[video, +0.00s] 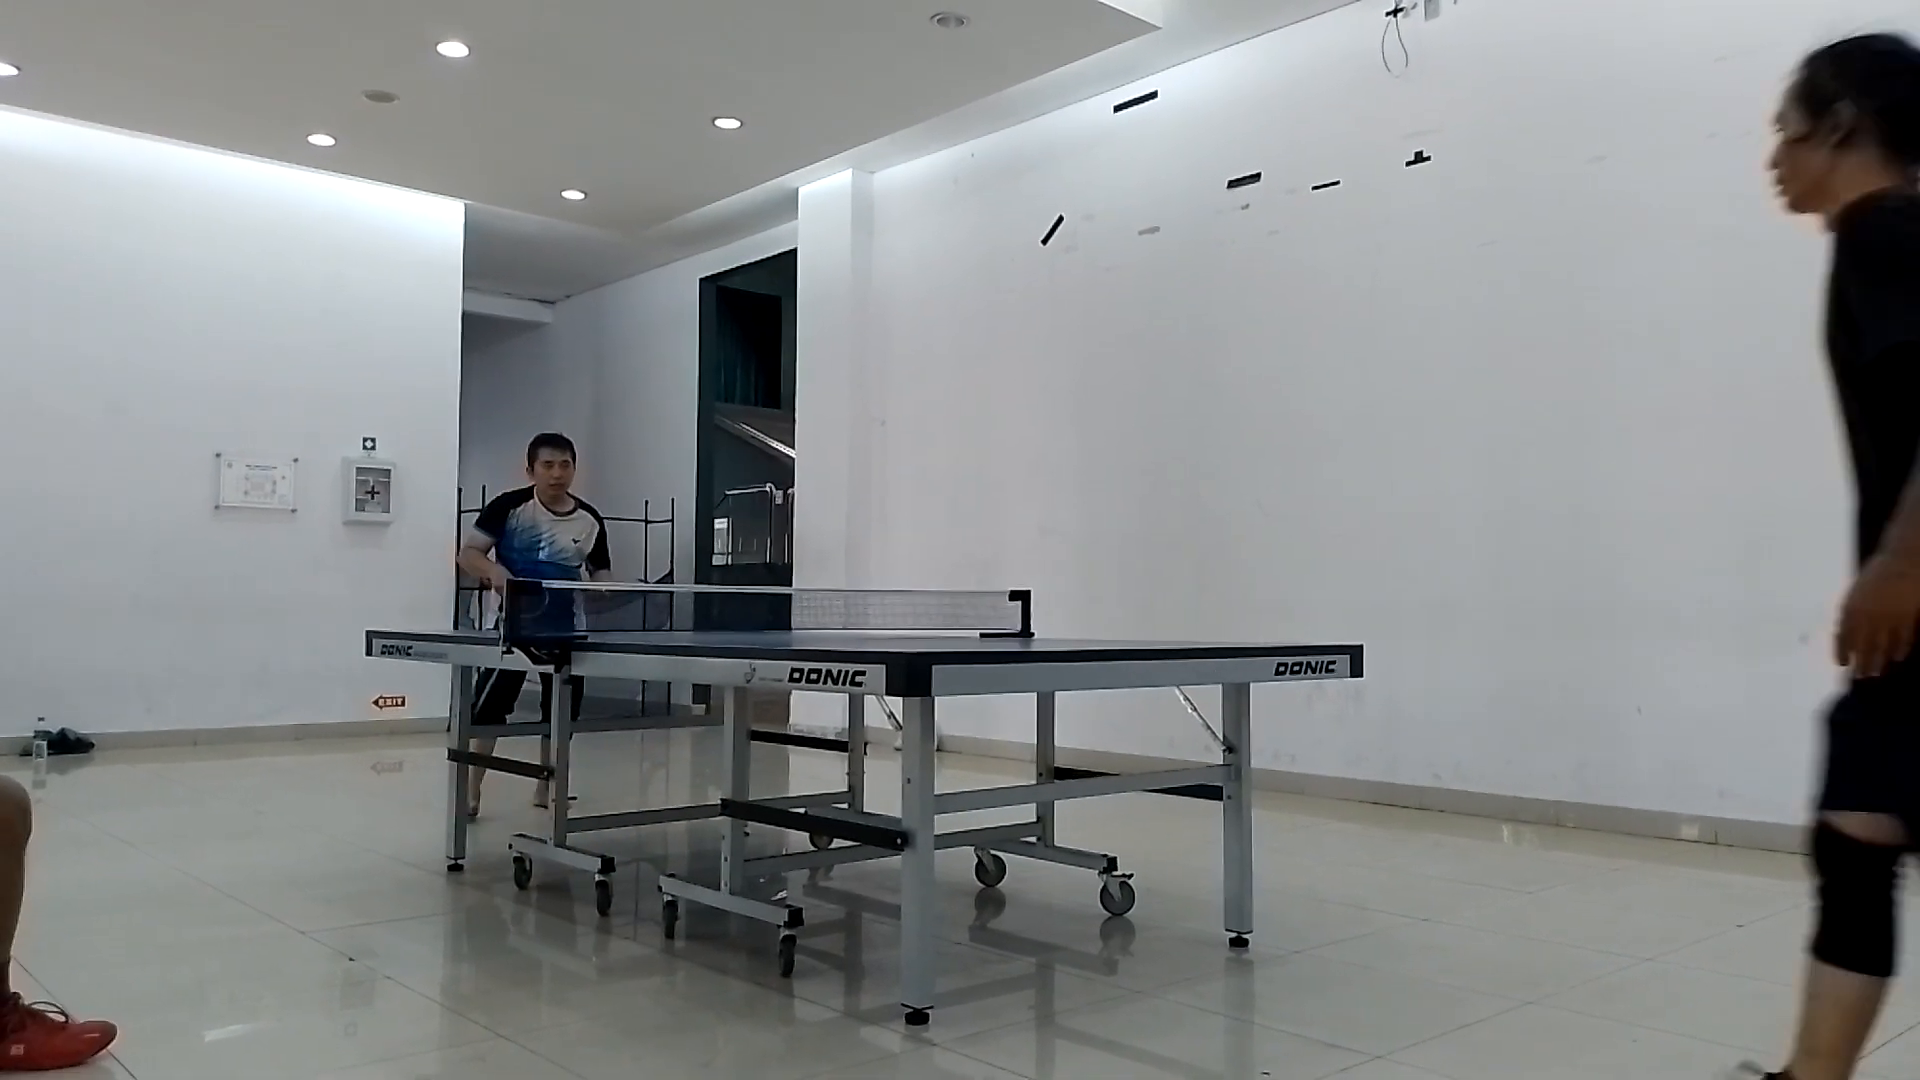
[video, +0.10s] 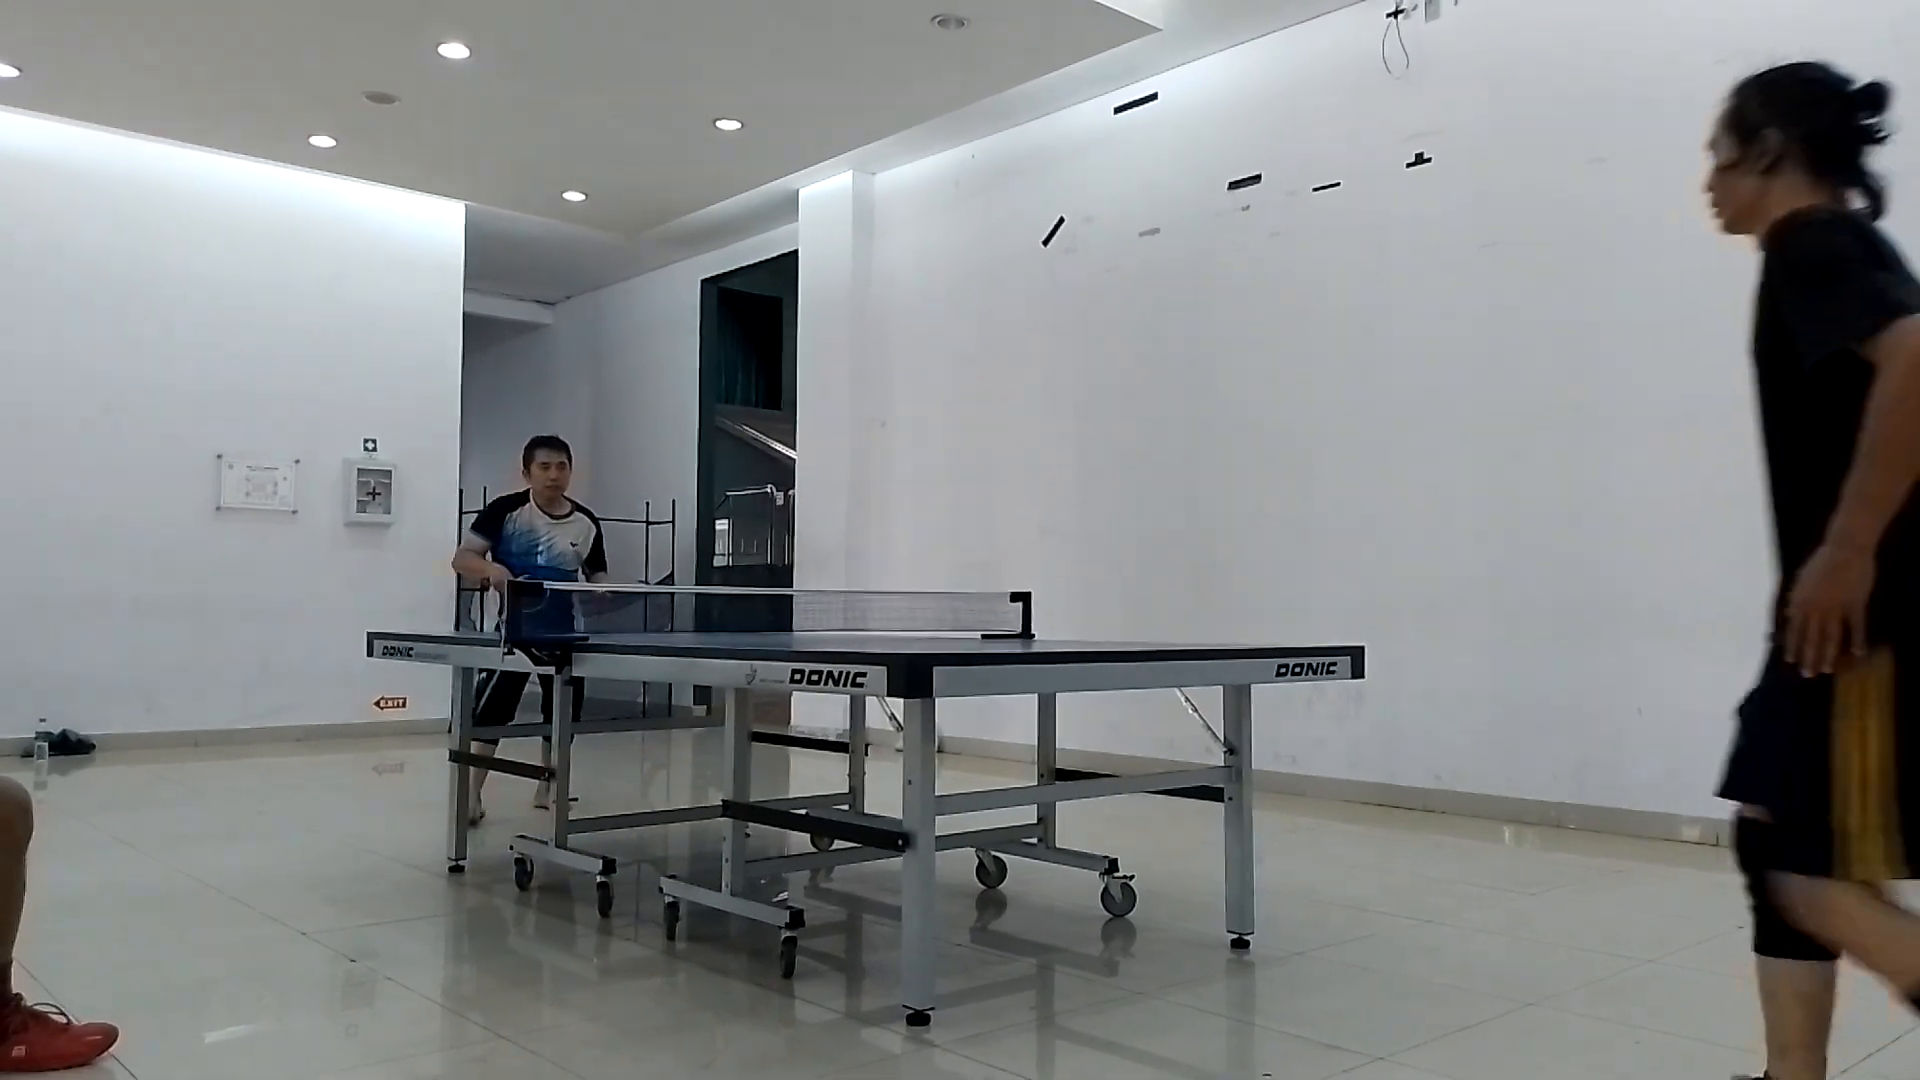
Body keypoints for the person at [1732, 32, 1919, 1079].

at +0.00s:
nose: (1772, 161)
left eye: (1787, 134)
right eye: (1776, 135)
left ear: (1846, 127)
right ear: (1858, 131)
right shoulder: (1892, 239)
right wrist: (1890, 576)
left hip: (1913, 611)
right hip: (1915, 608)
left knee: (1855, 841)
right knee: (1863, 841)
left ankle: (1814, 1070)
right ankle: (1814, 1066)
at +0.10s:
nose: (1708, 178)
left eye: (1721, 156)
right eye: (1711, 156)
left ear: (1777, 155)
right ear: (1790, 157)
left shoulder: (1823, 248)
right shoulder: (1821, 253)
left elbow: (1905, 360)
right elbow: (1882, 399)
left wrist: (1847, 548)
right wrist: (1828, 565)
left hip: (1855, 609)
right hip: (1833, 606)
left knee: (1783, 854)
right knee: (1787, 858)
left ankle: (1916, 975)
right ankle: (1794, 1070)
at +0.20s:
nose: (1646, 187)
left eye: (1659, 167)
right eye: (1650, 166)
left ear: (1706, 165)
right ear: (1725, 169)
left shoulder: (1758, 253)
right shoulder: (1745, 261)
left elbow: (1861, 352)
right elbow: (1826, 399)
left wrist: (1792, 539)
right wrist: (1773, 562)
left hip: (1803, 606)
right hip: (1787, 604)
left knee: (1684, 846)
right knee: (1740, 854)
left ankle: (1895, 1051)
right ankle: (1783, 1069)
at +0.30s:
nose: (1586, 188)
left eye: (1597, 168)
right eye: (1589, 169)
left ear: (1641, 165)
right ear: (1666, 168)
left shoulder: (1695, 254)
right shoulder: (1706, 260)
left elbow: (1812, 346)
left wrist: (1733, 530)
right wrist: (1726, 554)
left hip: (1732, 609)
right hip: (1766, 609)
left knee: (1591, 819)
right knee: (1726, 837)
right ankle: (1788, 1071)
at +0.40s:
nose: (1526, 198)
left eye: (1537, 178)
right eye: (1529, 179)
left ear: (1580, 176)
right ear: (1605, 181)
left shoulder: (1632, 262)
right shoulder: (1631, 274)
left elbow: (1745, 355)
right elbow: (1667, 460)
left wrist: (1670, 534)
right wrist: (1611, 606)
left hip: (1673, 608)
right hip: (1707, 611)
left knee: (1556, 828)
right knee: (1702, 839)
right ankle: (1782, 1070)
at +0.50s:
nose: (1468, 215)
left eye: (1478, 196)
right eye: (1471, 196)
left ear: (1521, 195)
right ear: (1557, 196)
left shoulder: (1561, 281)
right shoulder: (1599, 284)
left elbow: (1664, 380)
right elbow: (1618, 463)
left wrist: (1590, 552)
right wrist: (1552, 596)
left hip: (1602, 622)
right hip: (1662, 622)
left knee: (1489, 833)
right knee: (1633, 836)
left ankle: (1480, 1070)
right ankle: (1761, 1065)